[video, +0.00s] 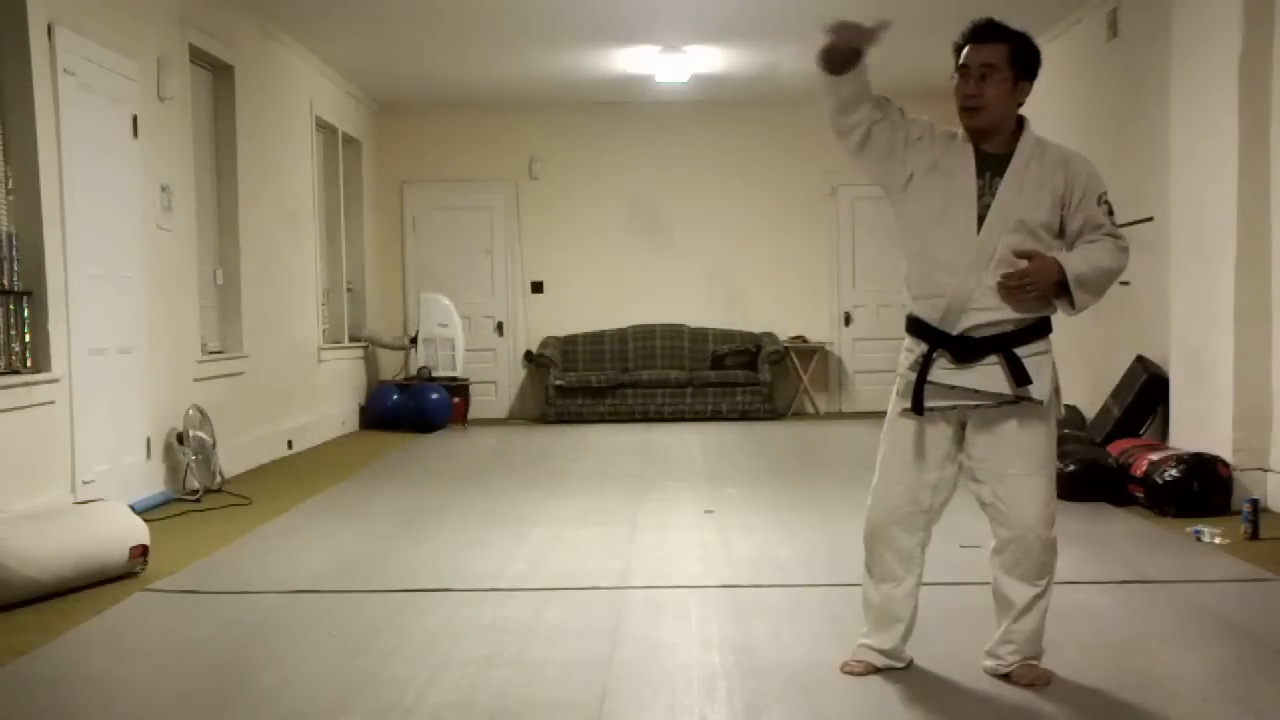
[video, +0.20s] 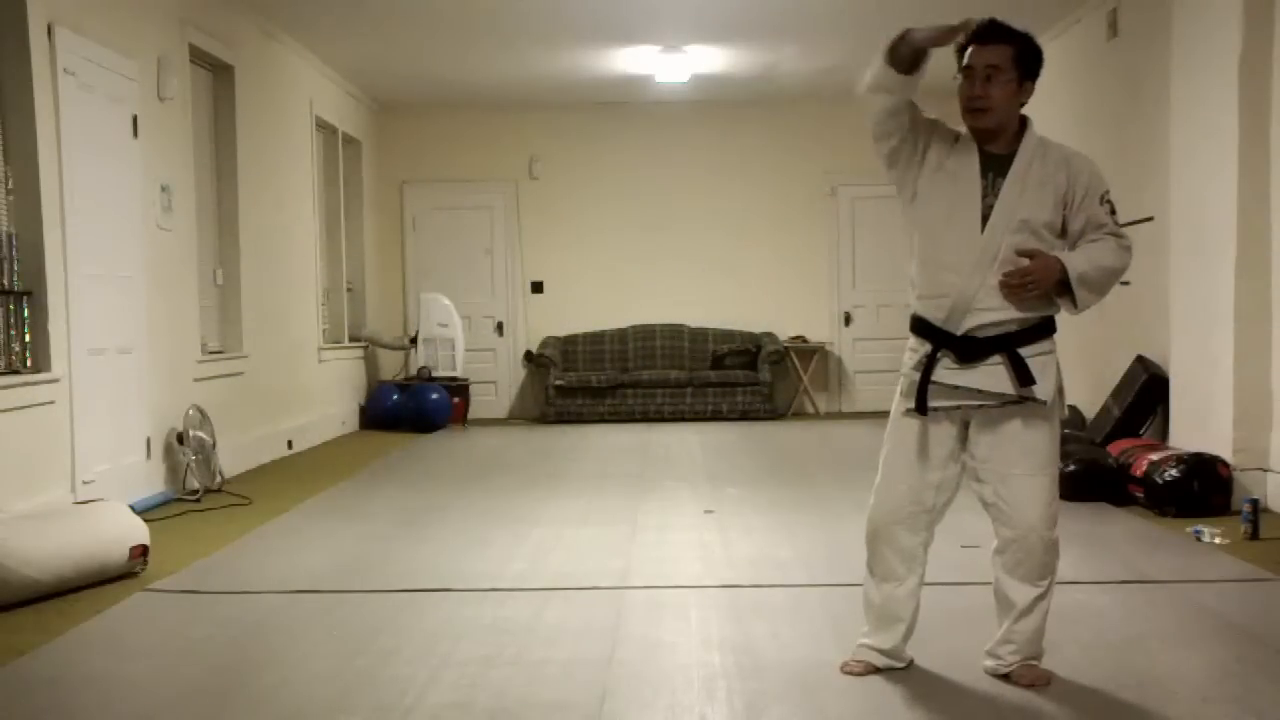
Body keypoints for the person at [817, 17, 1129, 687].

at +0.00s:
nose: (968, 87)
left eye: (987, 74)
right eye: (962, 74)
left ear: (1021, 88)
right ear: (953, 83)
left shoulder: (1064, 171)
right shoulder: (918, 154)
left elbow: (1110, 251)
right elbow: (861, 120)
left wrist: (1063, 271)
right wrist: (841, 66)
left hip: (1018, 365)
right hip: (927, 362)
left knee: (1029, 526)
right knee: (893, 515)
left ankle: (1015, 654)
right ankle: (882, 641)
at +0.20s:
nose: (973, 87)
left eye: (992, 75)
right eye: (967, 74)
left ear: (1025, 89)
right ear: (957, 83)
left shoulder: (1067, 171)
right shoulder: (926, 155)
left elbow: (1113, 249)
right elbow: (885, 107)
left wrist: (1064, 269)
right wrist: (915, 44)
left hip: (1022, 368)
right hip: (931, 364)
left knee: (1031, 525)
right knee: (895, 516)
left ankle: (1015, 653)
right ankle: (882, 642)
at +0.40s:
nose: (985, 88)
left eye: (1002, 73)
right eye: (973, 73)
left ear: (1029, 84)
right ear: (959, 83)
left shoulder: (1070, 171)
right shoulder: (933, 156)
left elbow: (1114, 250)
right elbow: (898, 99)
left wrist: (1070, 269)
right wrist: (945, 43)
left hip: (1024, 368)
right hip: (934, 364)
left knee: (1034, 526)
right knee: (897, 514)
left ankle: (1016, 653)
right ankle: (882, 641)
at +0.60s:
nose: (992, 84)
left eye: (1007, 70)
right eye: (978, 72)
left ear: (1028, 83)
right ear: (959, 85)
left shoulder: (1069, 170)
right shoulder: (934, 157)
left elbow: (1112, 248)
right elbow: (899, 100)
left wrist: (1075, 269)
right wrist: (949, 40)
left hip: (1028, 368)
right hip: (937, 366)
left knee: (1037, 526)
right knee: (901, 515)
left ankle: (1016, 653)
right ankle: (883, 641)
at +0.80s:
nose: (989, 85)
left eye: (1001, 72)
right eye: (972, 74)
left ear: (1019, 82)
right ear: (950, 88)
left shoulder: (1063, 168)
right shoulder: (926, 159)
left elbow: (1110, 242)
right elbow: (888, 106)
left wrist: (1072, 266)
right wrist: (933, 48)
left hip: (1027, 368)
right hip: (937, 366)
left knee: (1037, 526)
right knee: (901, 516)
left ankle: (1016, 653)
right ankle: (884, 641)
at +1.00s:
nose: (981, 85)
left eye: (991, 70)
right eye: (962, 76)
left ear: (1009, 80)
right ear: (941, 94)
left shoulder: (1059, 167)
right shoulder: (918, 162)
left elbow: (1106, 241)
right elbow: (869, 119)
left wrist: (1064, 266)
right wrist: (888, 62)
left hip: (1023, 367)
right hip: (933, 366)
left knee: (1035, 525)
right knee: (900, 516)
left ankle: (1017, 653)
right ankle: (884, 641)